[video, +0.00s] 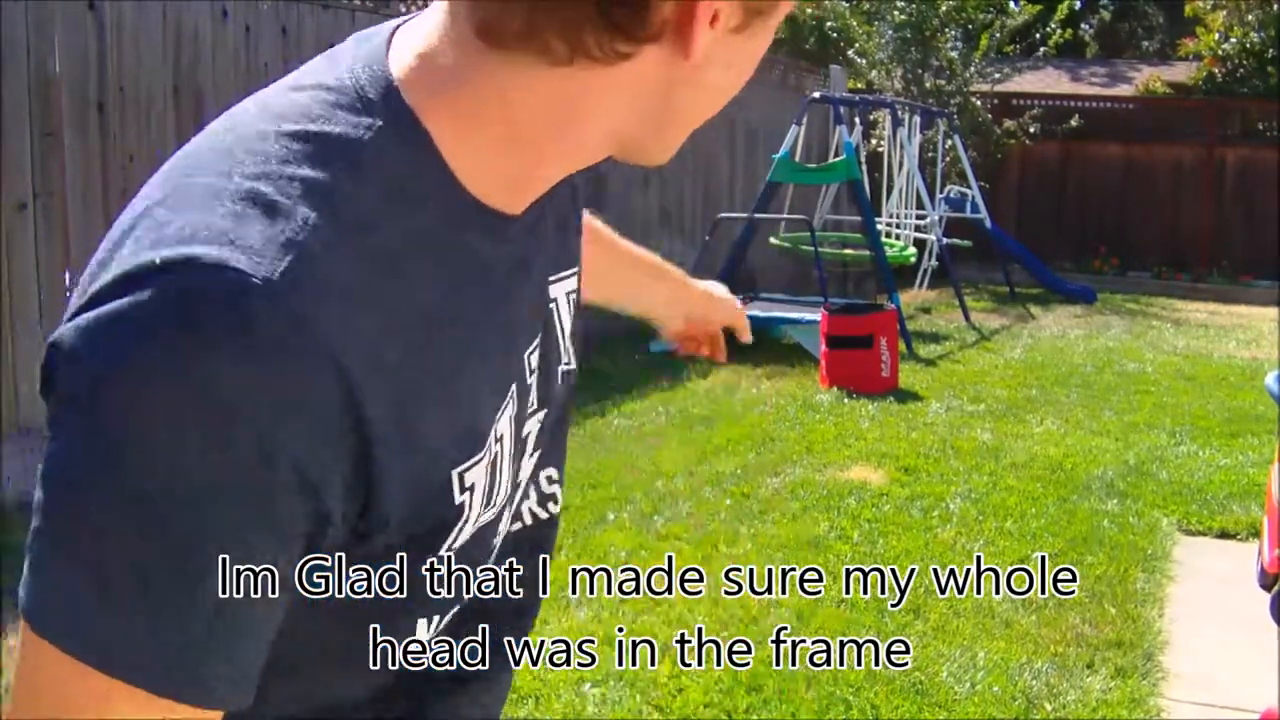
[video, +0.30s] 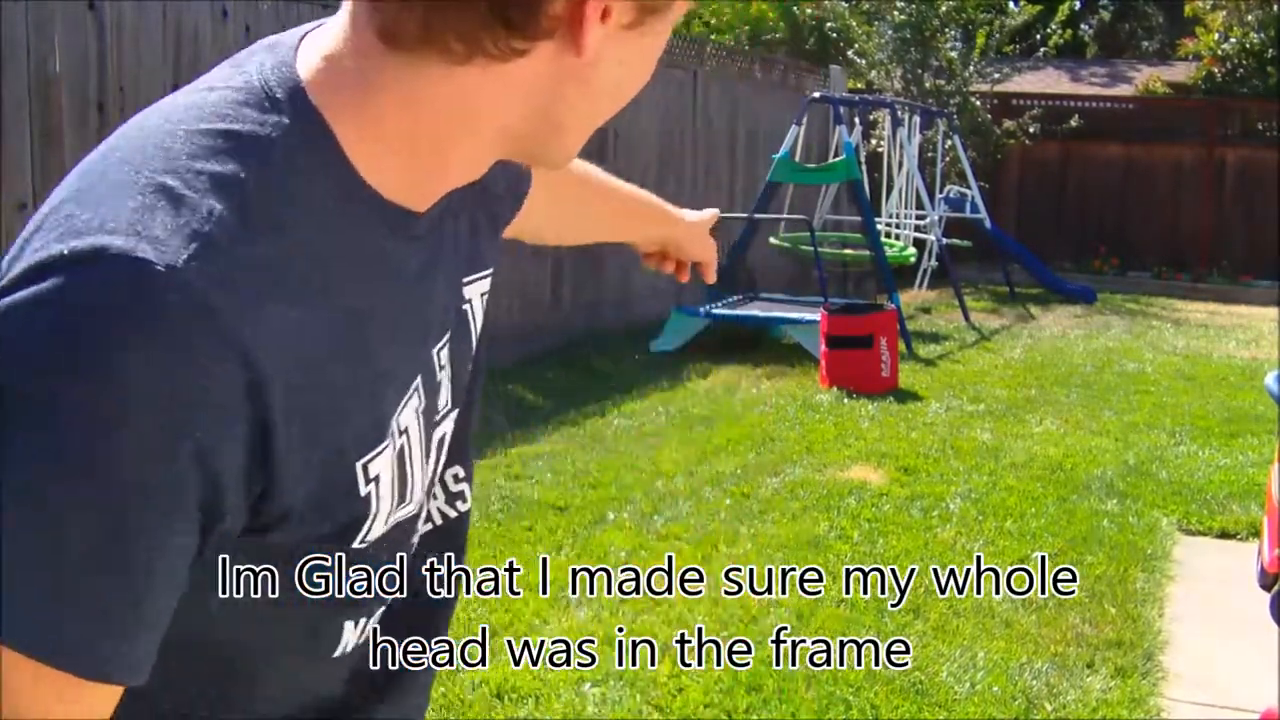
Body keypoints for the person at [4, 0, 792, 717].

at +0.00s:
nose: (754, 66)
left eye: (773, 29)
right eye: (769, 26)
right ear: (704, 20)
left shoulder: (495, 137)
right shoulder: (227, 303)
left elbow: (533, 233)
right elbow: (75, 705)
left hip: (452, 674)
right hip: (284, 695)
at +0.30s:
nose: (653, 67)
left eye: (671, 30)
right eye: (668, 28)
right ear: (598, 13)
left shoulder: (439, 142)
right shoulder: (136, 297)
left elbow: (531, 189)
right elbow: (37, 703)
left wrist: (658, 222)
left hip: (382, 684)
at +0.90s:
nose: (277, 80)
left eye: (288, 36)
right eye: (282, 32)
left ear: (178, 18)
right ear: (178, 18)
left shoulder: (142, 182)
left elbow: (173, 270)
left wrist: (317, 412)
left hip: (110, 689)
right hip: (21, 699)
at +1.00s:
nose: (247, 73)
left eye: (256, 28)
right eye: (249, 25)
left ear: (144, 12)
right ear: (144, 11)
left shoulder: (126, 168)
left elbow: (138, 293)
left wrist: (236, 449)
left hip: (97, 684)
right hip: (24, 696)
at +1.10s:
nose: (228, 65)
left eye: (234, 18)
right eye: (226, 14)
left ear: (116, 7)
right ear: (116, 5)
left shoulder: (113, 169)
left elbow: (115, 319)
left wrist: (191, 457)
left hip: (85, 684)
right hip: (22, 693)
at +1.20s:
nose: (219, 63)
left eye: (222, 16)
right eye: (213, 12)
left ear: (103, 7)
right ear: (103, 4)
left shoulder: (105, 161)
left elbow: (113, 347)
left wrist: (178, 472)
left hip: (85, 683)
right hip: (23, 693)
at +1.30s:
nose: (221, 63)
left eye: (224, 12)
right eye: (213, 7)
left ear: (91, 4)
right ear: (90, 1)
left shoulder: (108, 165)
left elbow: (118, 350)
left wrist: (183, 478)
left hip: (85, 686)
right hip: (20, 695)